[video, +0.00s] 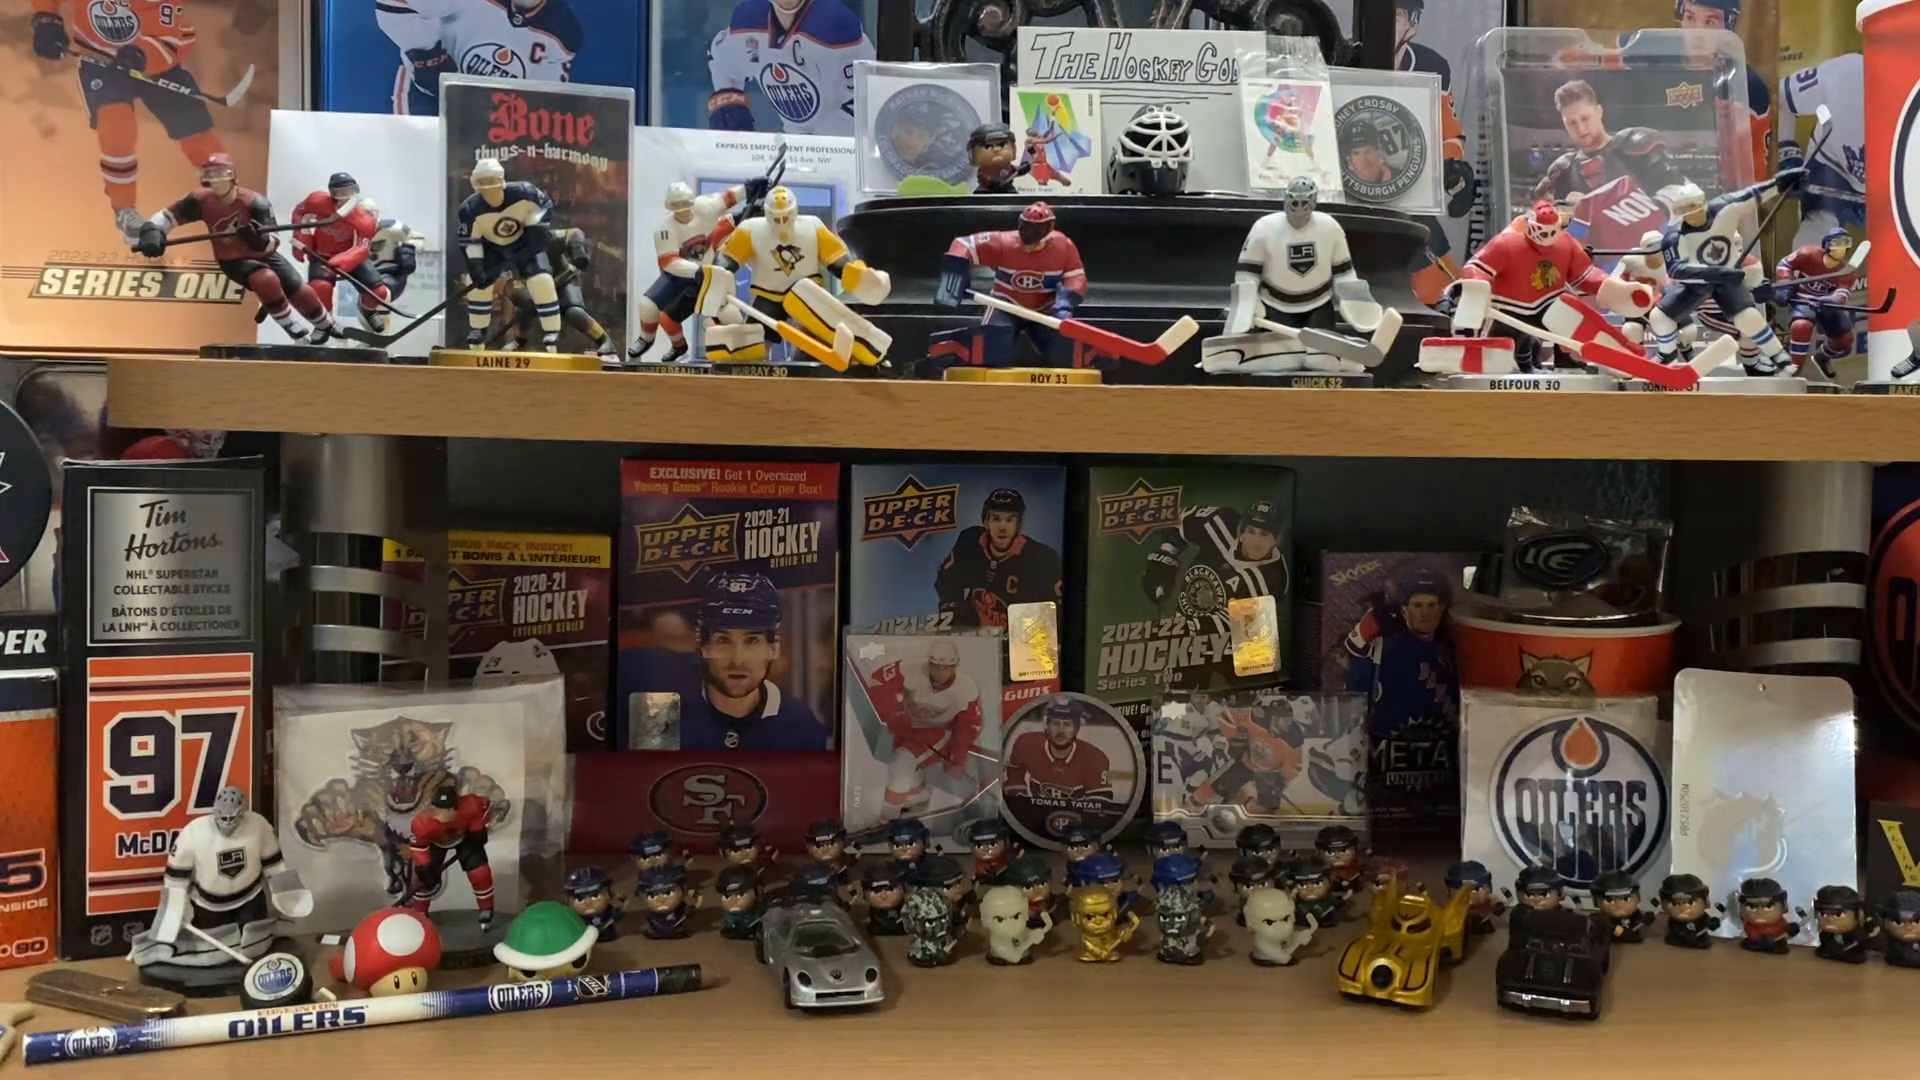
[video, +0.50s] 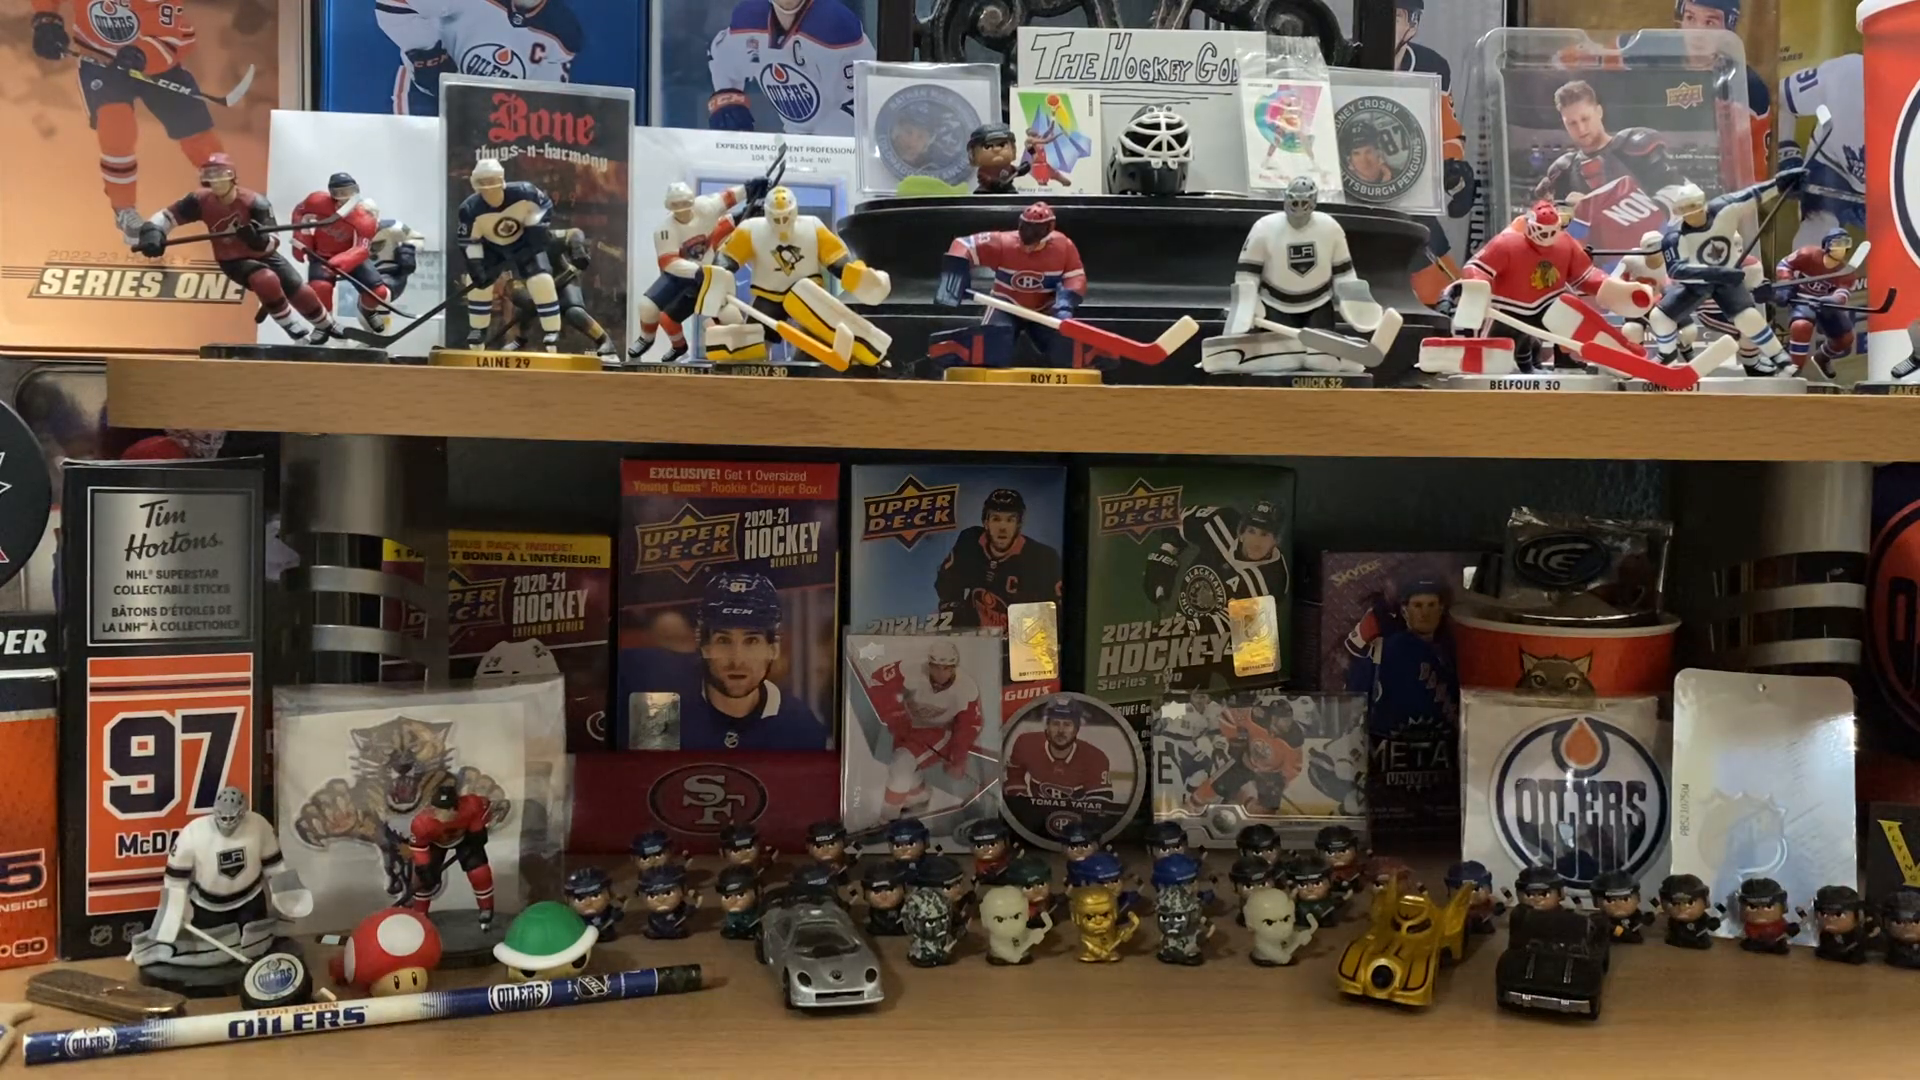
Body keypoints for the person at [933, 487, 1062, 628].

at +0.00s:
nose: (1002, 527)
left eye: (1009, 520)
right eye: (996, 519)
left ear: (1019, 523)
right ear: (986, 522)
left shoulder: (1043, 559)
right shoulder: (969, 541)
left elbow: (1051, 604)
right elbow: (946, 577)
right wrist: (950, 608)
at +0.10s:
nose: (1002, 527)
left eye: (1009, 520)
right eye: (996, 519)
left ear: (1019, 523)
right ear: (986, 522)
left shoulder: (1043, 559)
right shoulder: (969, 541)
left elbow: (1051, 604)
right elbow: (946, 577)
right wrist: (951, 608)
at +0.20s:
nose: (1002, 527)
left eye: (1009, 520)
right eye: (996, 519)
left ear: (1019, 523)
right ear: (986, 522)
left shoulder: (1043, 559)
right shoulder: (969, 541)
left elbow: (1051, 604)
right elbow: (946, 577)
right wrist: (951, 608)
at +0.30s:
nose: (1002, 527)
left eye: (1009, 520)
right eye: (996, 519)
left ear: (1019, 523)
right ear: (986, 522)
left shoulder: (1043, 559)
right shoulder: (969, 541)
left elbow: (1051, 604)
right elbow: (946, 578)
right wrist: (951, 608)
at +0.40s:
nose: (1002, 527)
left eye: (1009, 520)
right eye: (996, 519)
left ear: (1019, 523)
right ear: (986, 522)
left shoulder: (1042, 558)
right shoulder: (969, 541)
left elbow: (1051, 604)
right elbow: (946, 577)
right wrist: (951, 608)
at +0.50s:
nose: (1003, 527)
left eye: (1010, 520)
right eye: (996, 519)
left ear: (1019, 524)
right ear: (985, 522)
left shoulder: (1042, 558)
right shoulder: (969, 541)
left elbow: (1051, 604)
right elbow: (946, 576)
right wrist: (950, 607)